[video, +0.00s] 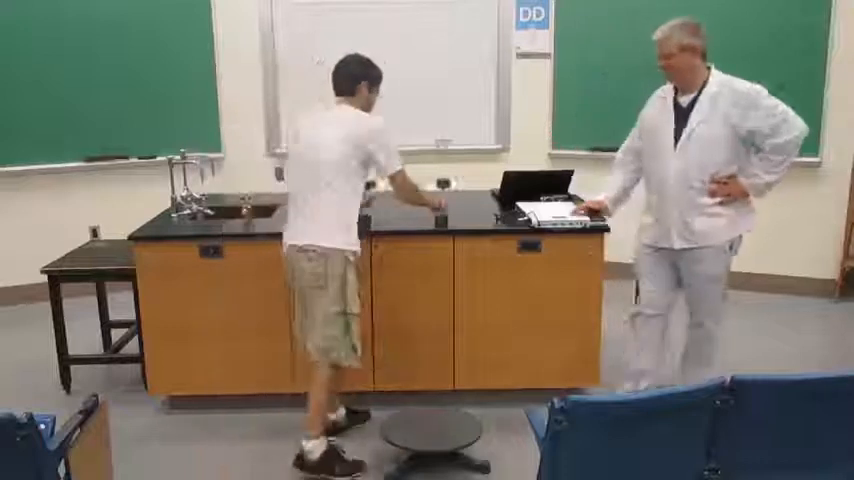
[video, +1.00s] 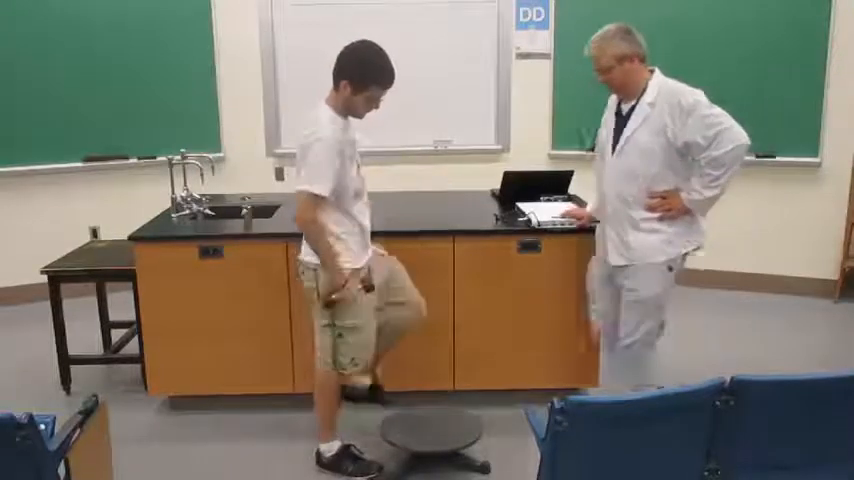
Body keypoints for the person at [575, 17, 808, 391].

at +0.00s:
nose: (661, 65)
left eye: (667, 57)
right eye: (660, 57)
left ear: (694, 53)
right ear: (674, 55)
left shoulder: (737, 96)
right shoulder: (659, 101)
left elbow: (791, 132)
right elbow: (632, 158)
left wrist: (752, 182)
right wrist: (607, 201)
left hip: (709, 234)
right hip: (658, 231)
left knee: (702, 322)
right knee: (649, 314)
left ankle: (694, 400)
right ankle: (639, 395)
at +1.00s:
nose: (600, 79)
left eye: (605, 70)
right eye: (598, 71)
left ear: (633, 61)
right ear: (627, 63)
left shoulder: (676, 99)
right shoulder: (615, 103)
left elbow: (732, 143)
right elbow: (618, 171)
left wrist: (692, 199)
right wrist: (593, 211)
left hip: (652, 246)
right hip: (612, 242)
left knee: (634, 344)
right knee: (609, 336)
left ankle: (633, 429)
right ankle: (612, 423)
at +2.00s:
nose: (578, 88)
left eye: (582, 78)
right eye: (574, 79)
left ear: (609, 68)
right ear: (599, 72)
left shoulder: (650, 105)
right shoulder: (596, 112)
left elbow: (700, 149)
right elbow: (603, 171)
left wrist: (663, 207)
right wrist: (582, 208)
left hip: (626, 254)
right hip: (583, 249)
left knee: (618, 352)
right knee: (561, 336)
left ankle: (617, 434)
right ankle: (528, 420)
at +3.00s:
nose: (584, 91)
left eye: (589, 81)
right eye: (581, 83)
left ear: (615, 70)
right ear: (604, 74)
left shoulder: (657, 108)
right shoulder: (597, 112)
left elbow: (709, 151)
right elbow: (597, 169)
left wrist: (670, 208)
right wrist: (581, 203)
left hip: (631, 256)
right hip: (585, 250)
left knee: (620, 355)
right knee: (561, 338)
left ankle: (617, 438)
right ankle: (528, 424)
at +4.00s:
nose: (605, 88)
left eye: (610, 78)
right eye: (602, 79)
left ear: (641, 71)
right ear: (629, 73)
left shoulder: (679, 115)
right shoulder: (619, 111)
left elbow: (726, 164)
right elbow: (616, 174)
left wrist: (679, 216)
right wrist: (594, 212)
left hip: (634, 260)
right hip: (591, 251)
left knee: (619, 360)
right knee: (561, 338)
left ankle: (619, 445)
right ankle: (527, 424)